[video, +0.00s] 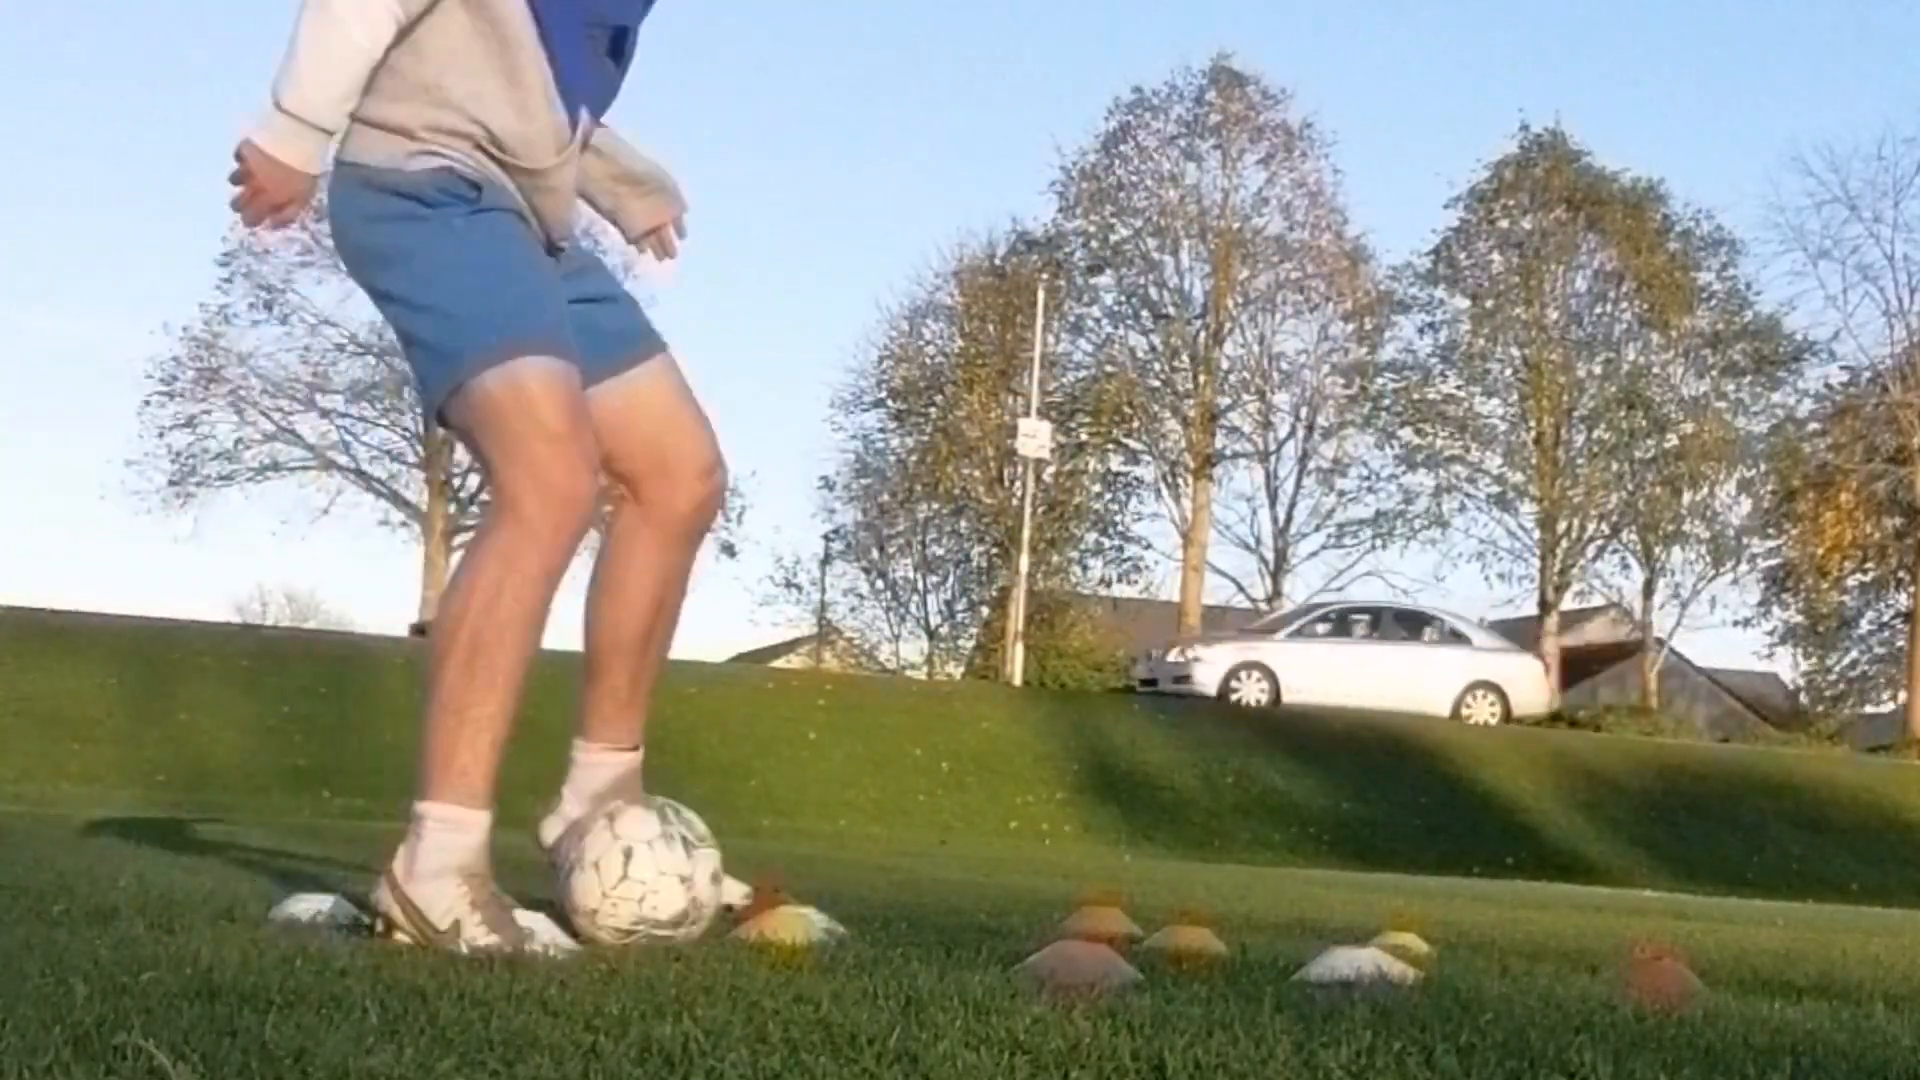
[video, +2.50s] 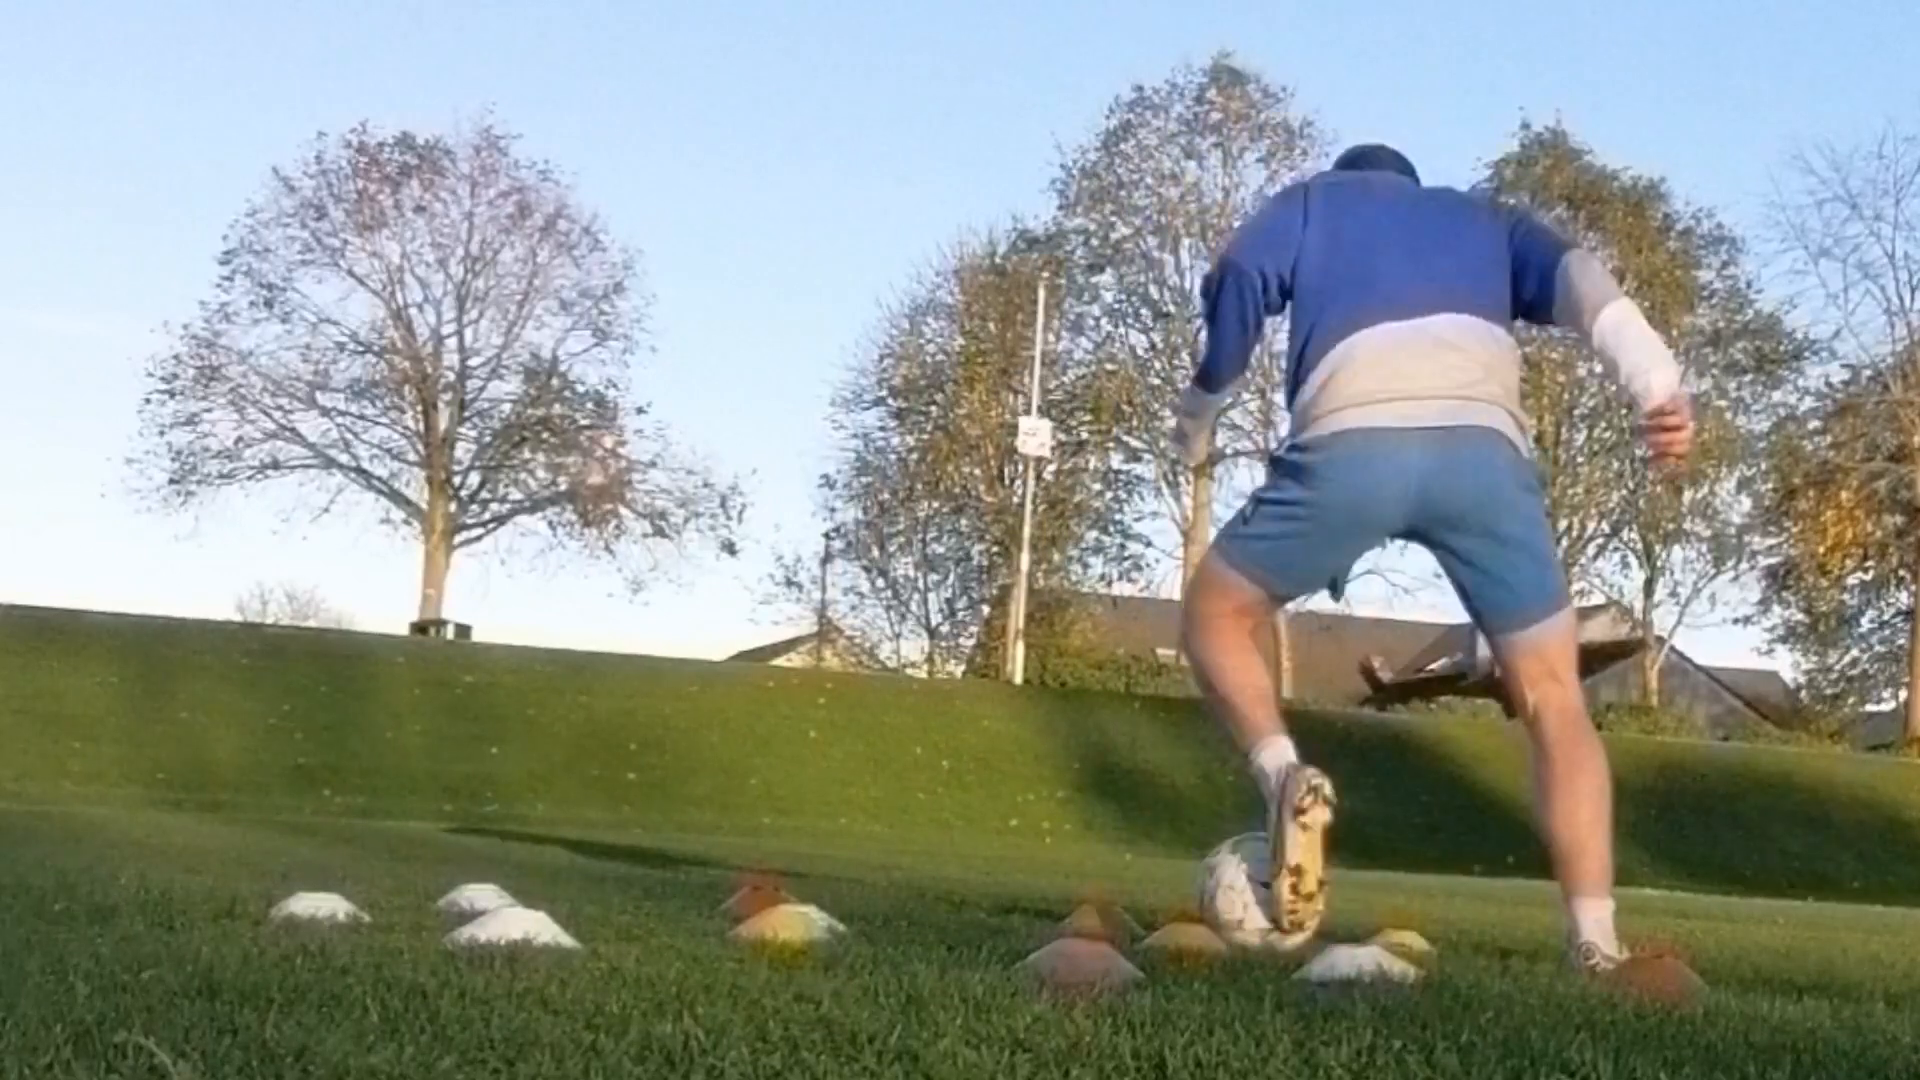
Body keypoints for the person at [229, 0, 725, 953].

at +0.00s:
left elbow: (522, 89)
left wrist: (628, 184)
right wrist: (298, 130)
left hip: (516, 189)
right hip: (414, 161)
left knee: (676, 478)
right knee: (549, 482)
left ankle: (597, 817)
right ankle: (436, 871)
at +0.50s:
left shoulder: (814, 19)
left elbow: (837, 59)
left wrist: (973, 97)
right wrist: (448, 31)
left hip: (576, 201)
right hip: (675, 186)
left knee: (640, 557)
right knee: (877, 472)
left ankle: (493, 879)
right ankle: (837, 810)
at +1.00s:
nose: (1002, 39)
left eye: (1008, 27)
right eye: (1004, 21)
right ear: (978, 6)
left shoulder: (719, 8)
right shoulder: (935, 5)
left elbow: (578, 34)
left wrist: (662, 155)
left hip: (611, 240)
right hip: (760, 252)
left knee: (594, 513)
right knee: (852, 557)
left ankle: (466, 782)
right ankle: (865, 875)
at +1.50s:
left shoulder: (772, 5)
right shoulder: (970, 5)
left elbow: (677, 89)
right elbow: (991, 121)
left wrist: (766, 172)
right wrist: (1066, 256)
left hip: (723, 284)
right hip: (852, 281)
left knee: (710, 585)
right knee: (994, 532)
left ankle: (645, 859)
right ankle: (911, 776)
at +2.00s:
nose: (1280, 118)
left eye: (1282, 104)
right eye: (1280, 101)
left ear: (1201, 64)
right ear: (1260, 76)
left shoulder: (1081, 120)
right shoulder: (1250, 97)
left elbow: (978, 217)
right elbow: (1330, 225)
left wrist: (1042, 347)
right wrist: (1361, 286)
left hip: (1049, 411)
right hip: (1158, 402)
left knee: (1157, 648)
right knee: (1333, 574)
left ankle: (1127, 904)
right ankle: (1147, 724)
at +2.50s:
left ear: (1334, 177)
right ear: (1415, 183)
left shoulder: (1302, 203)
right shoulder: (1484, 215)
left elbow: (1242, 272)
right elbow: (1585, 276)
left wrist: (1198, 407)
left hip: (1348, 454)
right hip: (1484, 455)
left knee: (1217, 611)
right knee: (1554, 697)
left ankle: (1284, 780)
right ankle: (1597, 945)